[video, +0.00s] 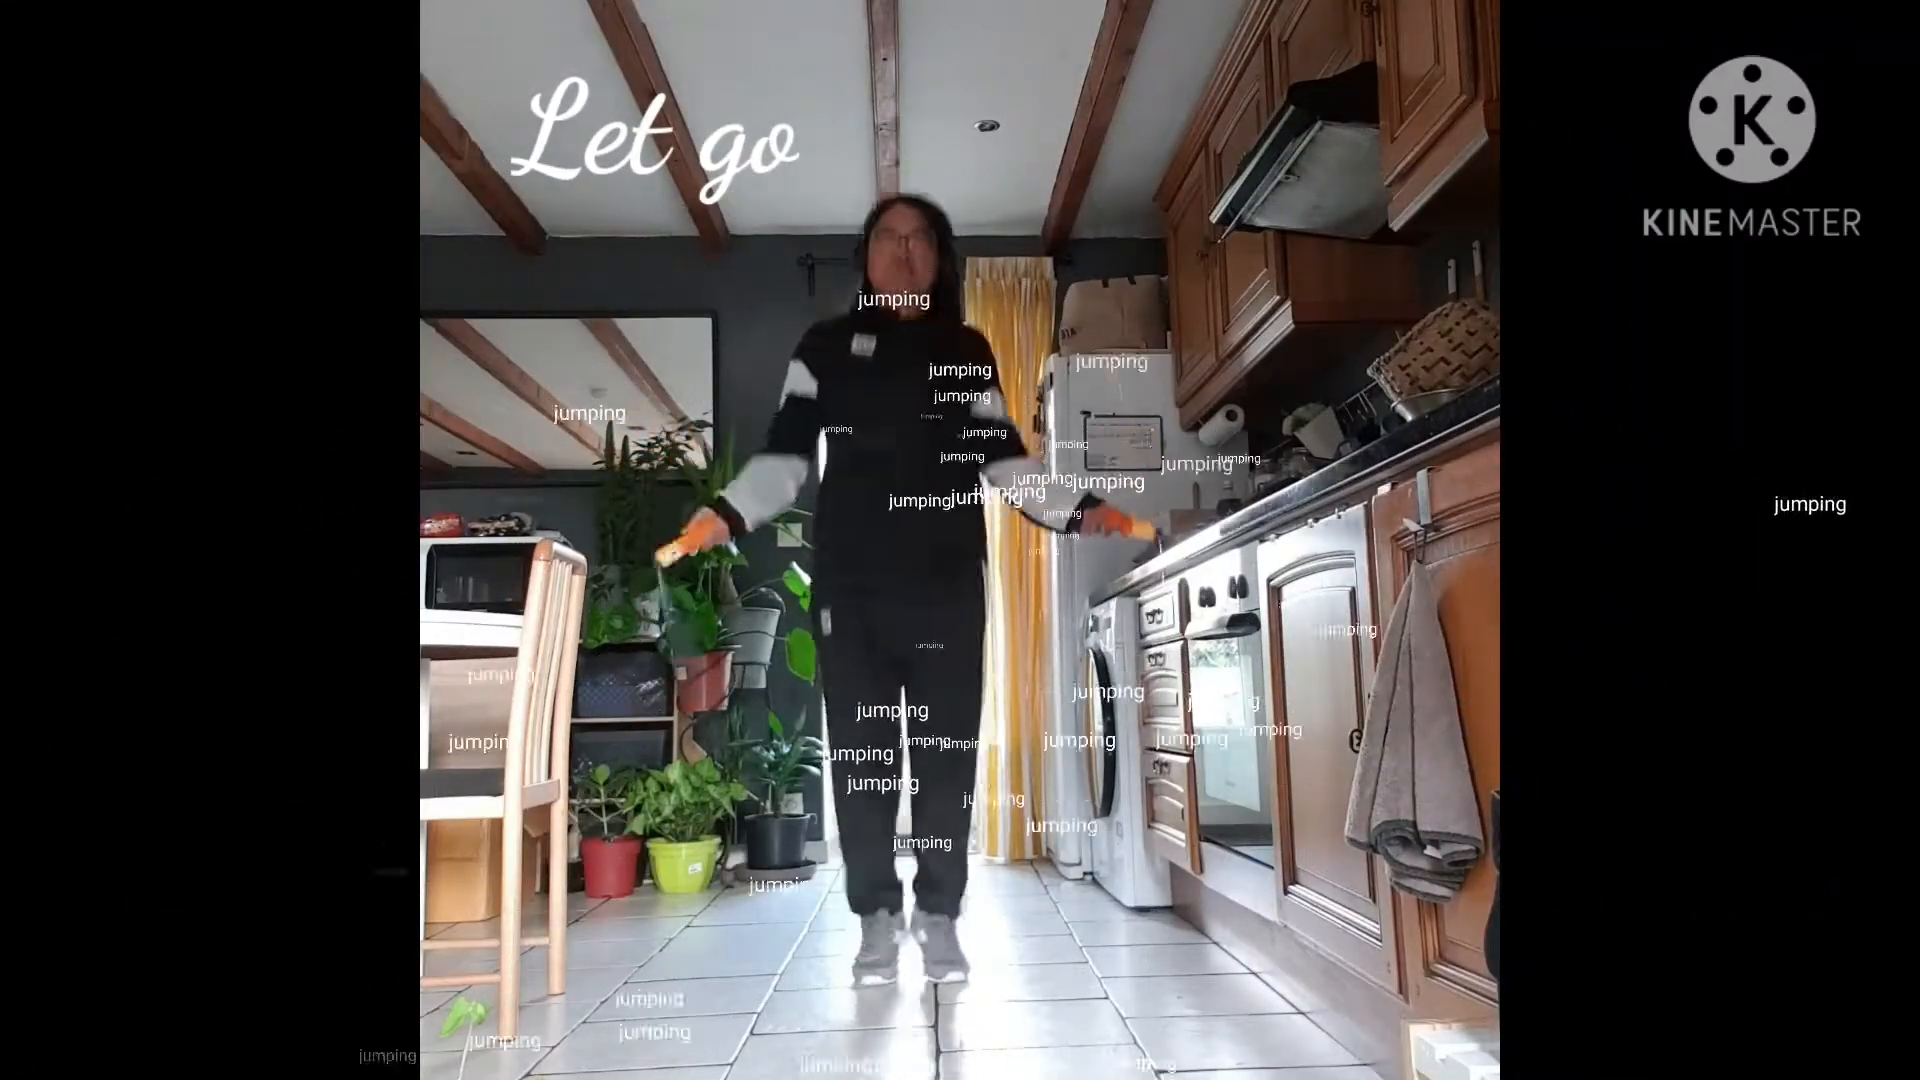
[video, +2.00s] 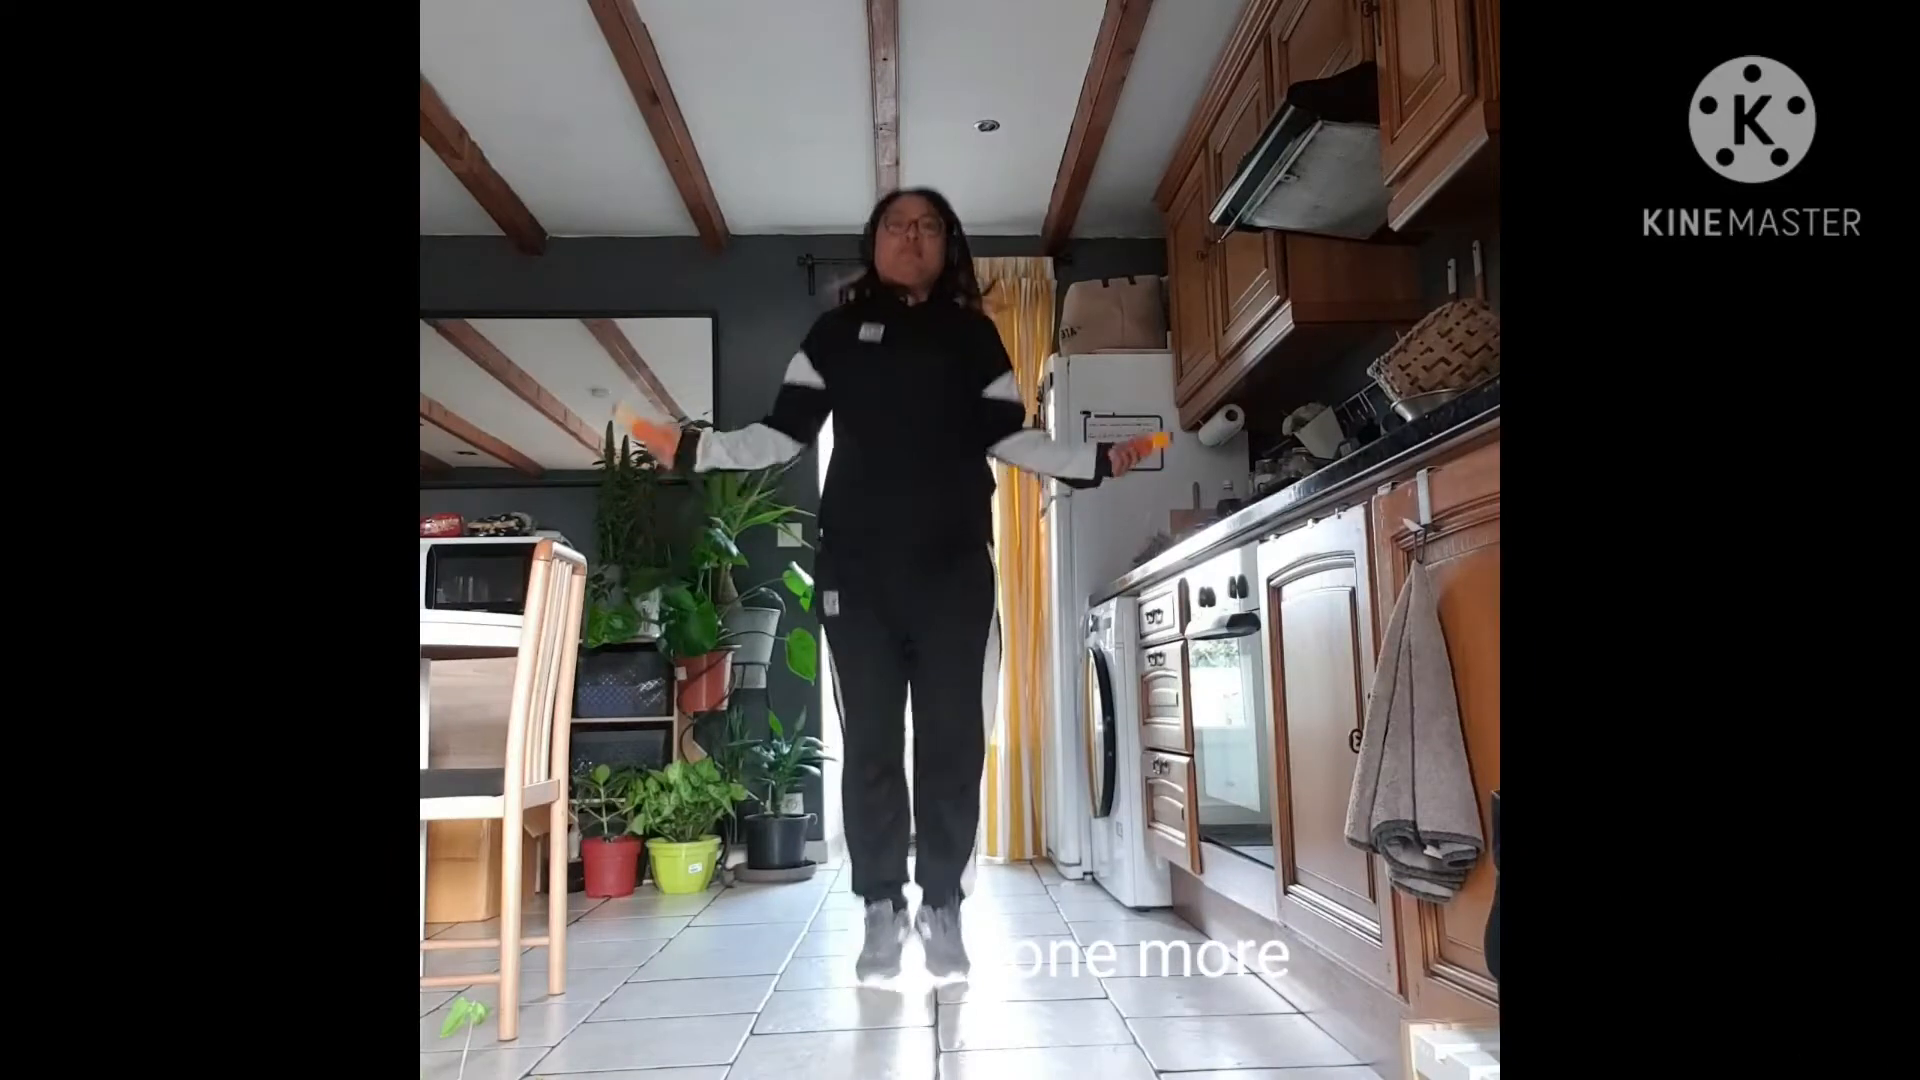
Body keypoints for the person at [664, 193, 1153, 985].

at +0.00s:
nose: (904, 248)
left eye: (920, 237)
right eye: (888, 235)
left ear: (941, 258)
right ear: (864, 254)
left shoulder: (967, 350)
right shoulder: (828, 347)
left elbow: (1003, 461)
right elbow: (788, 457)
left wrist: (1082, 510)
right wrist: (723, 515)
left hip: (948, 584)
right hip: (852, 583)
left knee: (947, 754)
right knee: (863, 754)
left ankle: (939, 916)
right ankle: (875, 916)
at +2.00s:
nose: (910, 236)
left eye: (926, 226)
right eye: (895, 225)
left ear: (949, 250)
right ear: (871, 247)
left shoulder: (972, 335)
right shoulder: (835, 332)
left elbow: (1009, 439)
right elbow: (784, 434)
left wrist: (1098, 460)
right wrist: (693, 446)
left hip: (953, 562)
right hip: (859, 561)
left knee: (952, 739)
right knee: (870, 740)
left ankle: (942, 909)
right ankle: (882, 912)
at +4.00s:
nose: (907, 229)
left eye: (923, 220)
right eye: (893, 217)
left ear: (946, 243)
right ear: (869, 238)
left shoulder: (971, 329)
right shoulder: (832, 327)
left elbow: (1015, 445)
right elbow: (790, 439)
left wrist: (1084, 506)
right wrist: (727, 494)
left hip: (950, 565)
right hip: (855, 563)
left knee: (947, 742)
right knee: (867, 743)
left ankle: (944, 909)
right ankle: (877, 906)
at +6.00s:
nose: (907, 253)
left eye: (923, 243)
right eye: (892, 242)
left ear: (947, 267)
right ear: (868, 264)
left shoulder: (971, 355)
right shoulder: (831, 353)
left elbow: (1006, 454)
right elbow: (777, 448)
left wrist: (1088, 459)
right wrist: (695, 436)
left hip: (952, 582)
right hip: (856, 581)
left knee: (951, 753)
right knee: (868, 755)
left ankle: (944, 922)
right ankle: (880, 926)